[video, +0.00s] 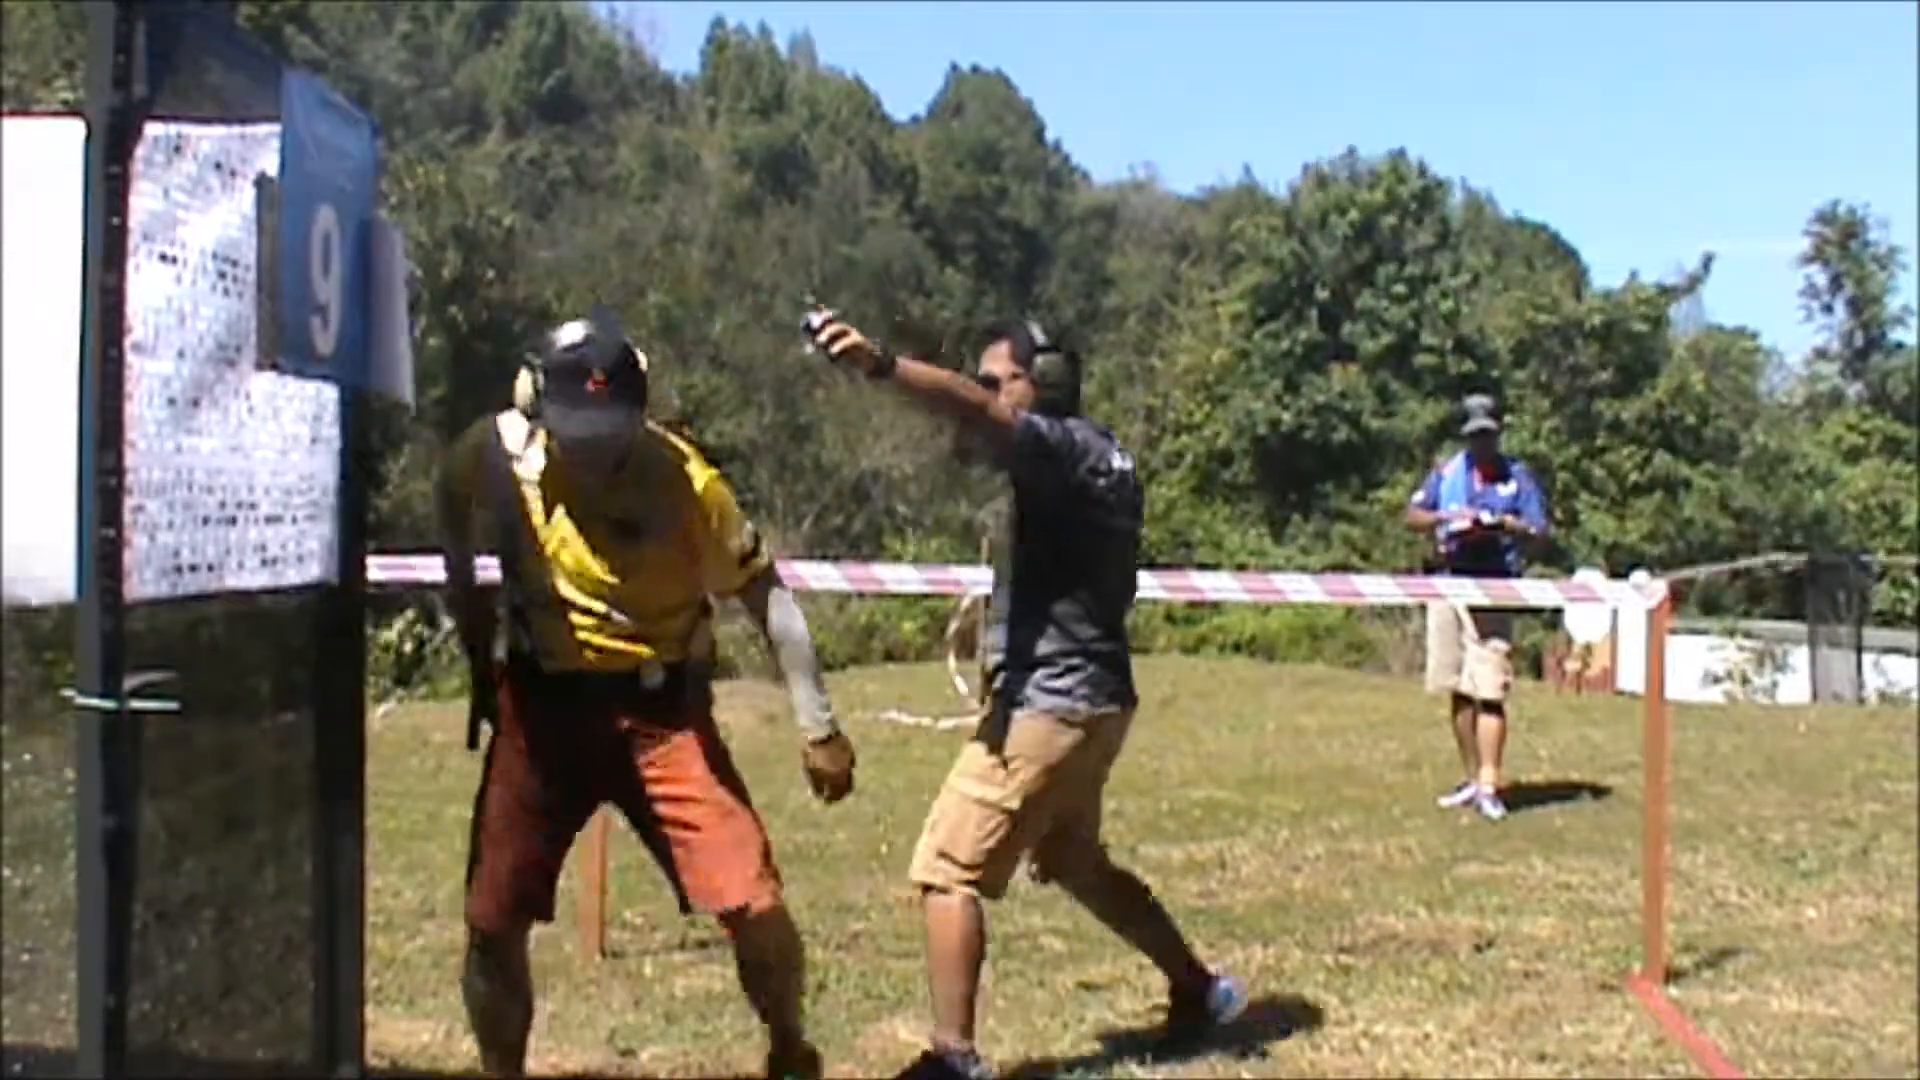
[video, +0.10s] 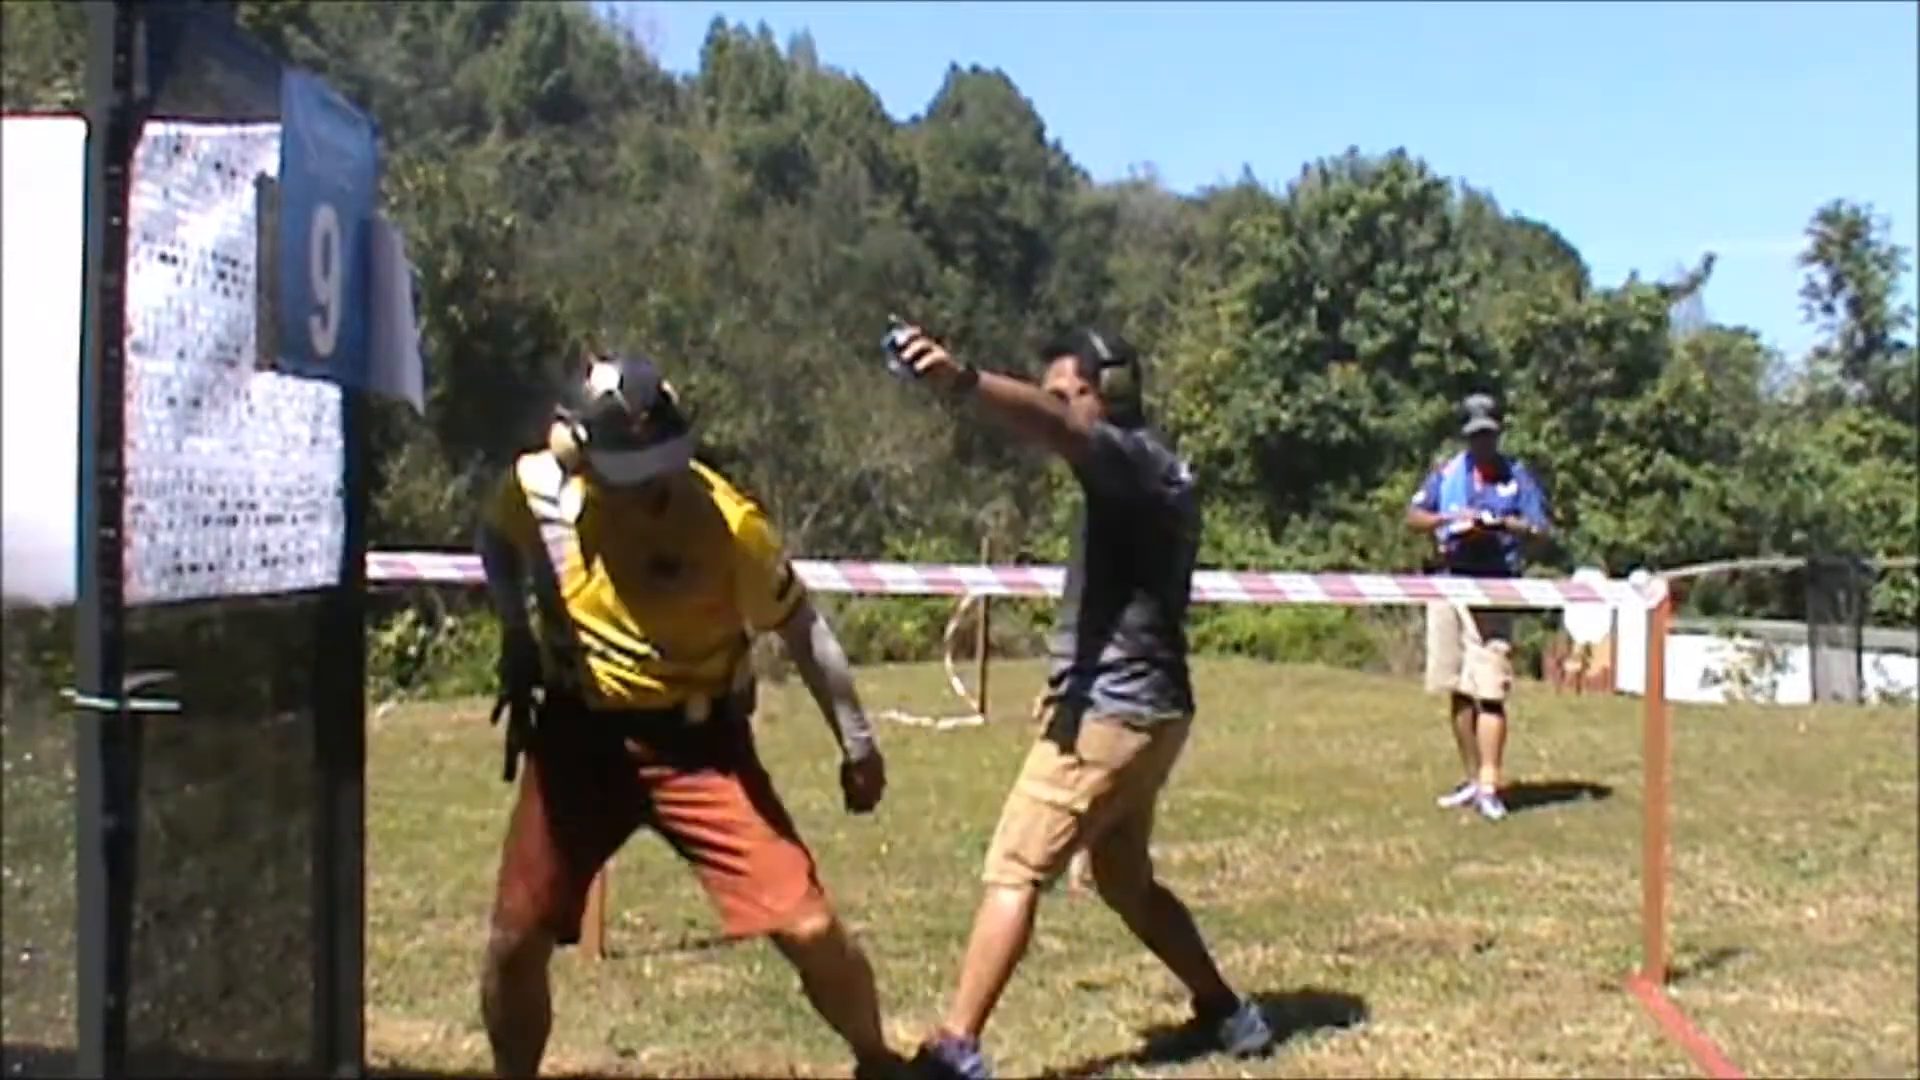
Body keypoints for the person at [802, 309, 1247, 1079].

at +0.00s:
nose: (982, 396)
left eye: (994, 384)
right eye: (981, 383)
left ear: (1036, 386)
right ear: (1062, 390)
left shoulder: (1056, 445)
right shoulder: (1113, 461)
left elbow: (977, 409)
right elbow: (1084, 586)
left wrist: (882, 365)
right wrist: (1006, 618)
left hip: (1050, 696)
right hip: (1099, 695)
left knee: (948, 868)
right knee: (1071, 856)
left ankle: (952, 1052)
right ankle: (1198, 990)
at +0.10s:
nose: (1051, 414)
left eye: (1062, 397)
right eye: (1047, 399)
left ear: (1101, 392)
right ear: (1121, 397)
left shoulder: (1130, 459)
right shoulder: (1168, 469)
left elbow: (1055, 425)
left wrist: (963, 379)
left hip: (1110, 700)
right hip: (1155, 702)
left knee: (1015, 867)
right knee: (1122, 876)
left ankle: (957, 1041)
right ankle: (1226, 1012)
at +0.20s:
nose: (1096, 410)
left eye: (1105, 397)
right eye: (1093, 398)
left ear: (1143, 395)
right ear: (1151, 398)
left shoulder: (1174, 459)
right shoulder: (1201, 469)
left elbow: (1104, 418)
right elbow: (1180, 607)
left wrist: (1018, 378)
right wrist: (1109, 670)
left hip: (1155, 700)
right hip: (1193, 701)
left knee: (1053, 860)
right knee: (1147, 878)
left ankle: (1008, 1035)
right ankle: (1226, 1014)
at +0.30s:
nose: (1145, 386)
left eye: (1152, 373)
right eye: (1144, 375)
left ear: (1189, 376)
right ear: (1198, 380)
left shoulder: (1239, 451)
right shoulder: (1231, 460)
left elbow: (1168, 409)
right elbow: (1223, 582)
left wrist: (1088, 368)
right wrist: (1165, 659)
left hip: (1218, 685)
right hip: (1216, 683)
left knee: (1114, 838)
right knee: (1173, 856)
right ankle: (1227, 1013)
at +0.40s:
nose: (1180, 390)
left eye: (1190, 375)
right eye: (1178, 377)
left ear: (1228, 373)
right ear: (1210, 376)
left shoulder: (1277, 450)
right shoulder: (1234, 464)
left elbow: (1206, 399)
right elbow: (1242, 580)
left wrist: (1126, 358)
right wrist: (1208, 665)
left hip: (1264, 681)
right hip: (1225, 679)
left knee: (1184, 846)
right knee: (1184, 850)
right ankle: (1225, 1015)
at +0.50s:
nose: (1240, 399)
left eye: (1251, 384)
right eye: (1236, 387)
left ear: (1285, 377)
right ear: (1251, 384)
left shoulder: (1332, 455)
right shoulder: (1281, 471)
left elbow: (1265, 405)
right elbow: (1280, 591)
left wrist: (1188, 356)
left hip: (1321, 689)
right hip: (1267, 685)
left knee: (1299, 871)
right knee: (1223, 848)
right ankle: (1232, 1014)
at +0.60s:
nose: (1278, 404)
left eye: (1292, 390)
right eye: (1274, 391)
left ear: (1330, 389)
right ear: (1278, 395)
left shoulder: (1370, 464)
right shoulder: (1292, 474)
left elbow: (1306, 409)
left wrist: (1228, 364)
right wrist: (1273, 648)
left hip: (1365, 698)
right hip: (1294, 694)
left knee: (1380, 870)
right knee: (1252, 850)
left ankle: (1475, 993)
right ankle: (1236, 1010)